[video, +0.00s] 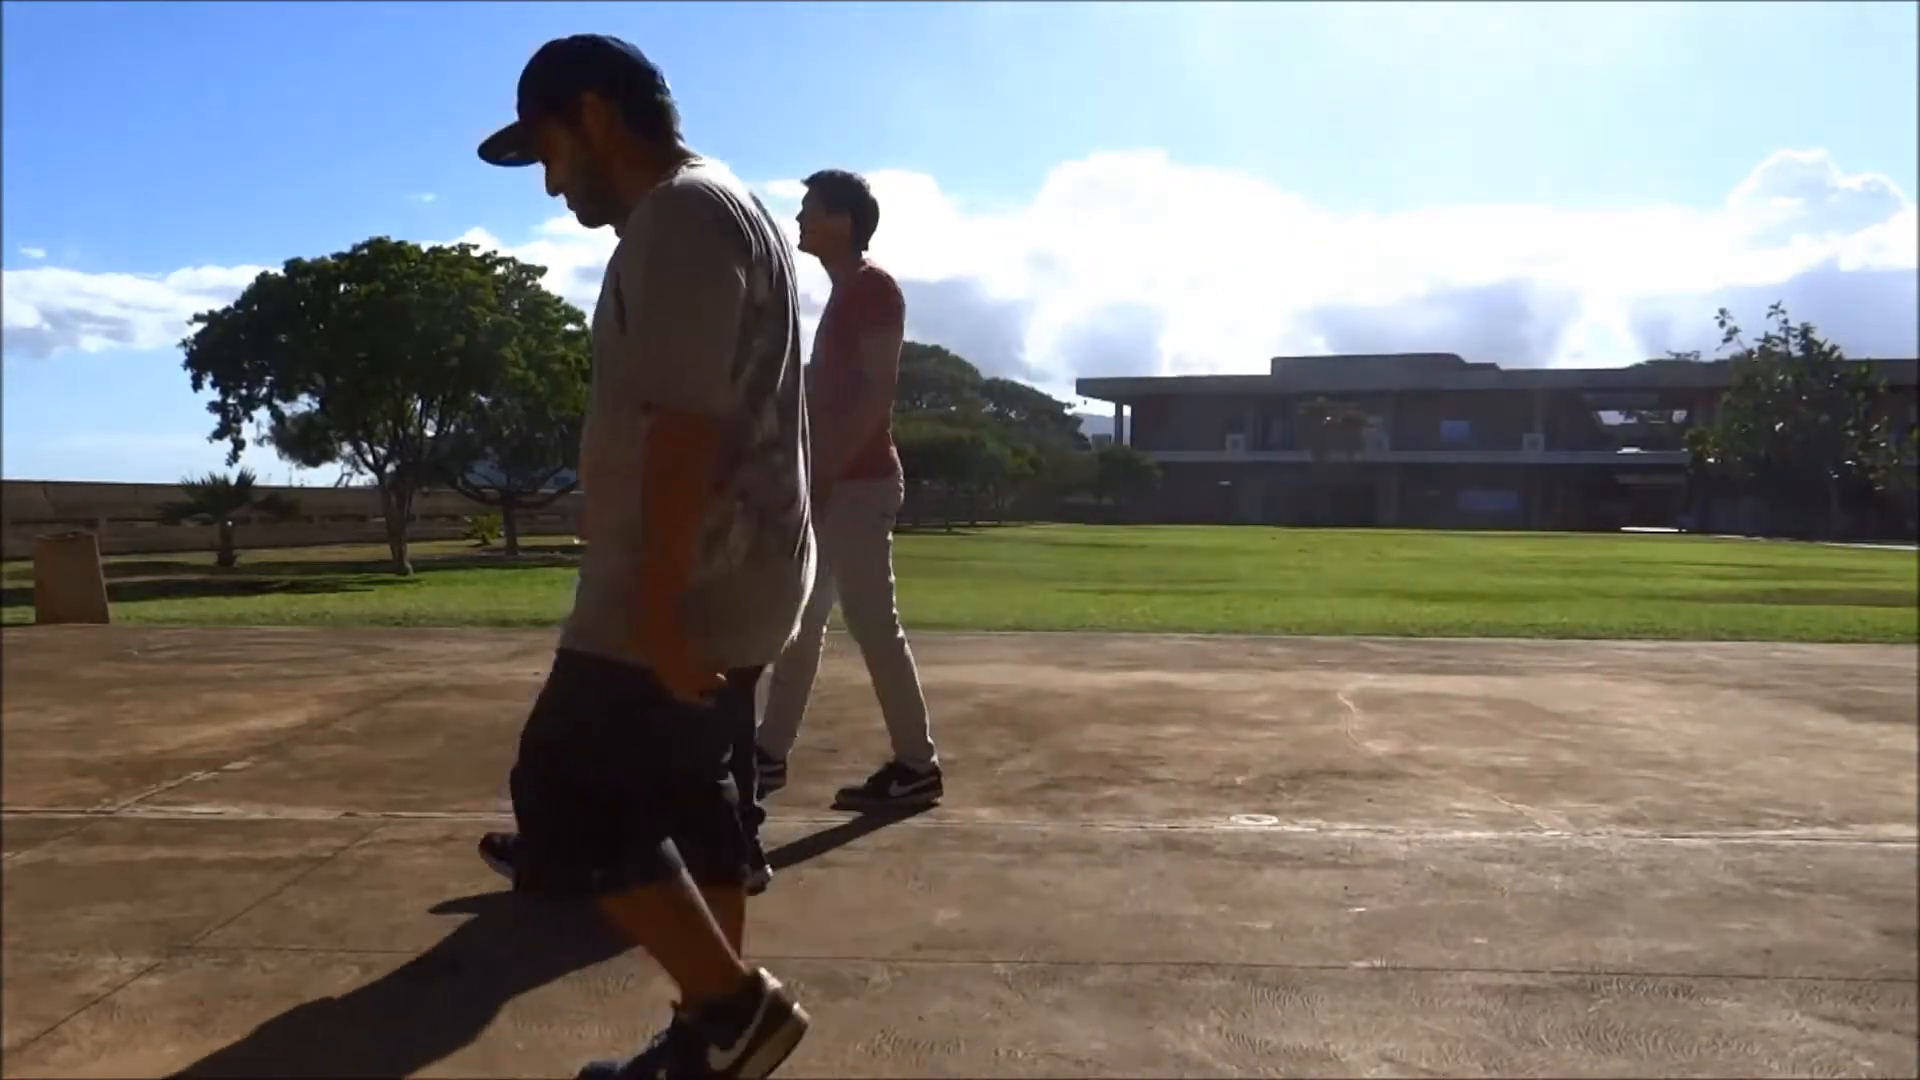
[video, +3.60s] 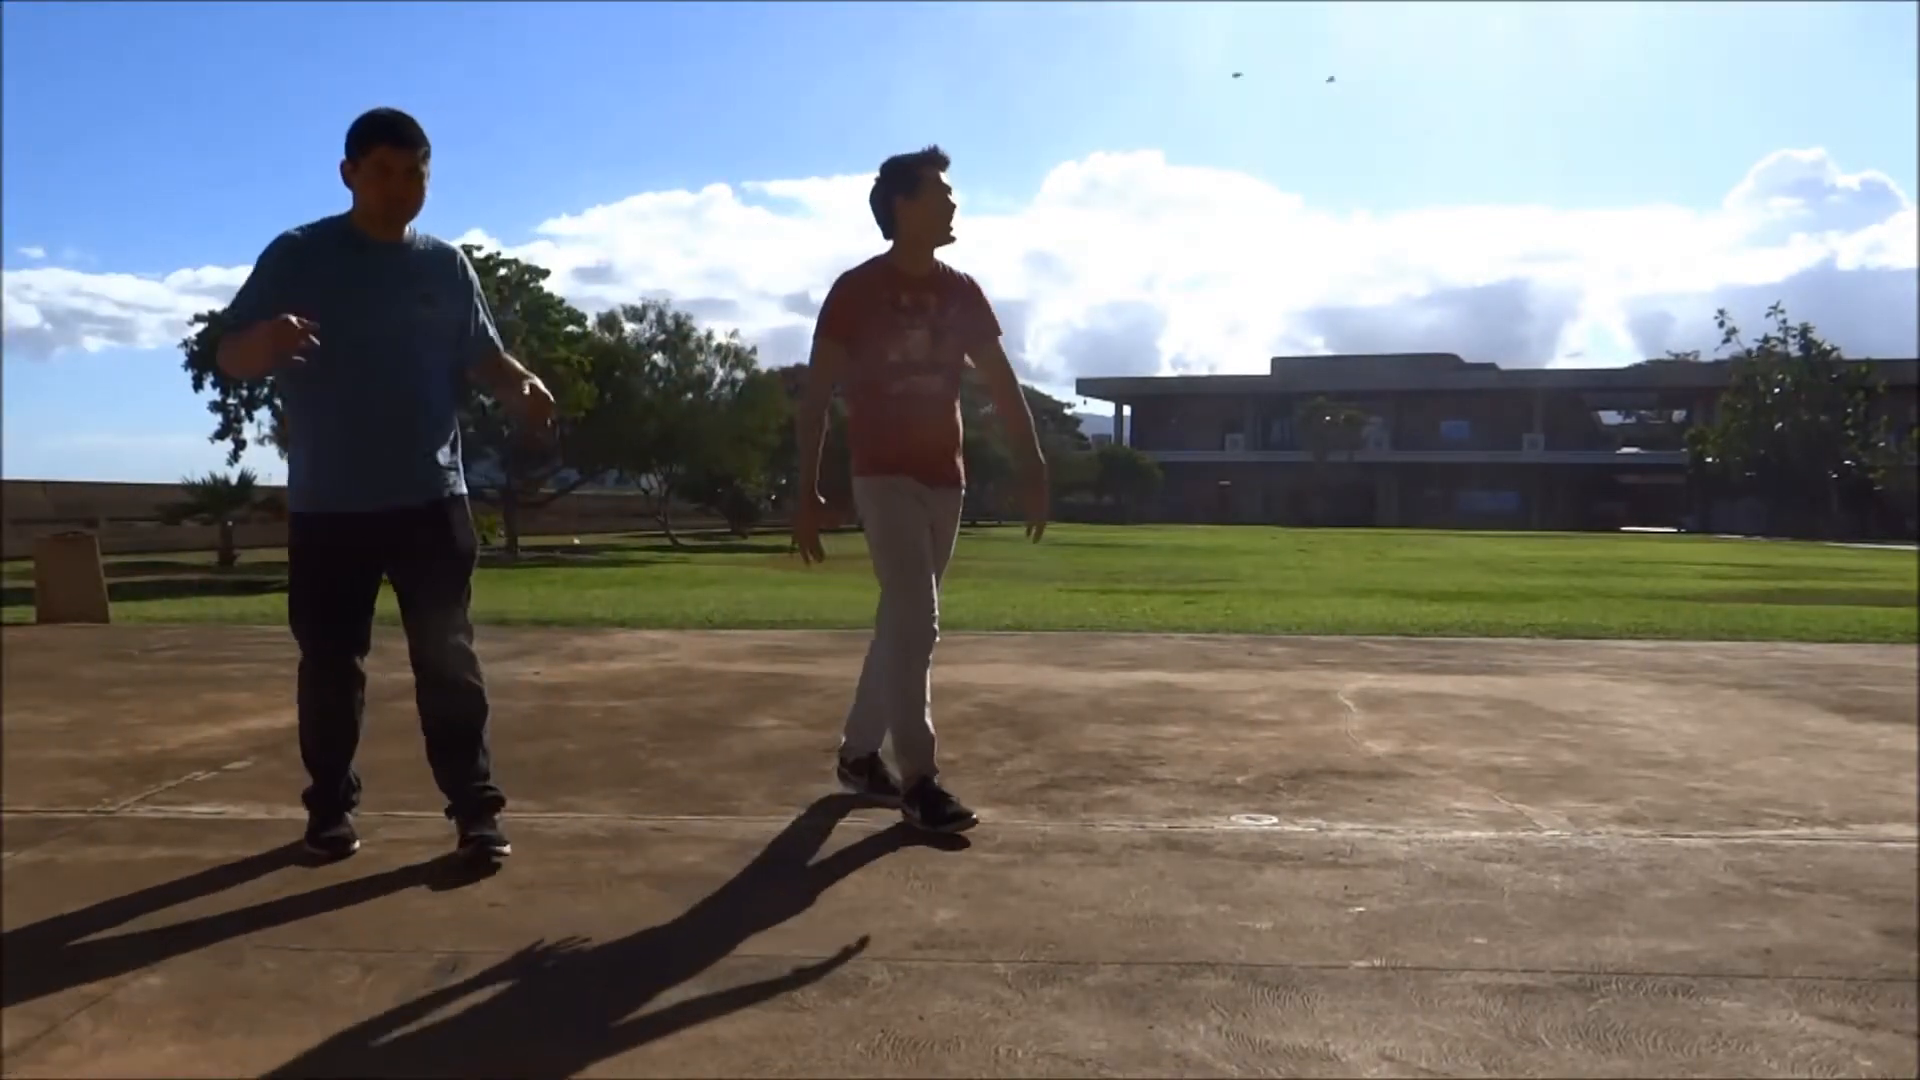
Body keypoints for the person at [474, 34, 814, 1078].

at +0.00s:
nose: (549, 182)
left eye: (546, 151)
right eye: (539, 160)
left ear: (597, 117)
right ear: (614, 120)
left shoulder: (679, 220)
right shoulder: (726, 211)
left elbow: (683, 426)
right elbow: (726, 426)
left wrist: (661, 603)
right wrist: (664, 588)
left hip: (665, 593)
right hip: (729, 584)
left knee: (564, 800)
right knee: (709, 807)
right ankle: (701, 1028)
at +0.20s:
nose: (570, 185)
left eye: (572, 169)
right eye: (566, 171)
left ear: (600, 160)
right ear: (630, 159)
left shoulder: (620, 233)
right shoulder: (693, 240)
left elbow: (617, 377)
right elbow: (724, 364)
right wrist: (712, 459)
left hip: (652, 490)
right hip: (713, 483)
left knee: (626, 659)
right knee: (698, 654)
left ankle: (619, 846)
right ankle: (728, 842)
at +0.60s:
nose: (484, 194)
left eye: (483, 176)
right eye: (479, 179)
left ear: (513, 156)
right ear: (550, 156)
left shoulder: (521, 227)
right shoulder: (621, 241)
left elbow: (491, 356)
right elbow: (629, 372)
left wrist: (445, 472)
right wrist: (606, 458)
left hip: (540, 488)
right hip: (619, 485)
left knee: (530, 661)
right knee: (603, 641)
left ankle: (531, 837)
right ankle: (683, 791)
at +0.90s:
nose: (446, 188)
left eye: (446, 171)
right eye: (440, 174)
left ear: (477, 153)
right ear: (515, 151)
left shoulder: (482, 225)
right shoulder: (582, 239)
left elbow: (439, 356)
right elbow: (591, 373)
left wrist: (396, 470)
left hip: (501, 488)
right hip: (573, 484)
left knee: (502, 659)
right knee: (534, 647)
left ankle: (528, 838)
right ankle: (562, 822)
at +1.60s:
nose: (359, 198)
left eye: (362, 179)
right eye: (352, 183)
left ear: (410, 161)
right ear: (410, 167)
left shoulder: (455, 237)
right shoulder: (439, 243)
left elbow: (445, 364)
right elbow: (443, 368)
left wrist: (393, 473)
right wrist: (395, 472)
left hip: (456, 490)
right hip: (431, 490)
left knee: (460, 650)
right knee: (417, 647)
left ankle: (521, 822)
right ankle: (419, 808)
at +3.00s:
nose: (482, 182)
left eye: (494, 168)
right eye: (464, 167)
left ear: (513, 169)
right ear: (434, 166)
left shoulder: (541, 266)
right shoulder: (376, 253)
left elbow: (563, 381)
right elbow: (335, 368)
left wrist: (554, 476)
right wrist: (311, 469)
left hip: (489, 491)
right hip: (387, 487)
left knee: (486, 663)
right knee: (359, 645)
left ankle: (477, 820)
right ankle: (360, 782)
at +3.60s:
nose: (412, 184)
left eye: (420, 170)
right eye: (396, 169)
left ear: (427, 176)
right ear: (353, 172)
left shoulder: (445, 263)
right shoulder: (296, 256)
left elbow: (483, 356)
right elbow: (229, 359)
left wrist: (523, 382)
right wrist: (263, 344)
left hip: (430, 493)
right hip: (330, 499)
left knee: (448, 655)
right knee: (328, 664)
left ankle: (477, 811)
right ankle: (330, 808)